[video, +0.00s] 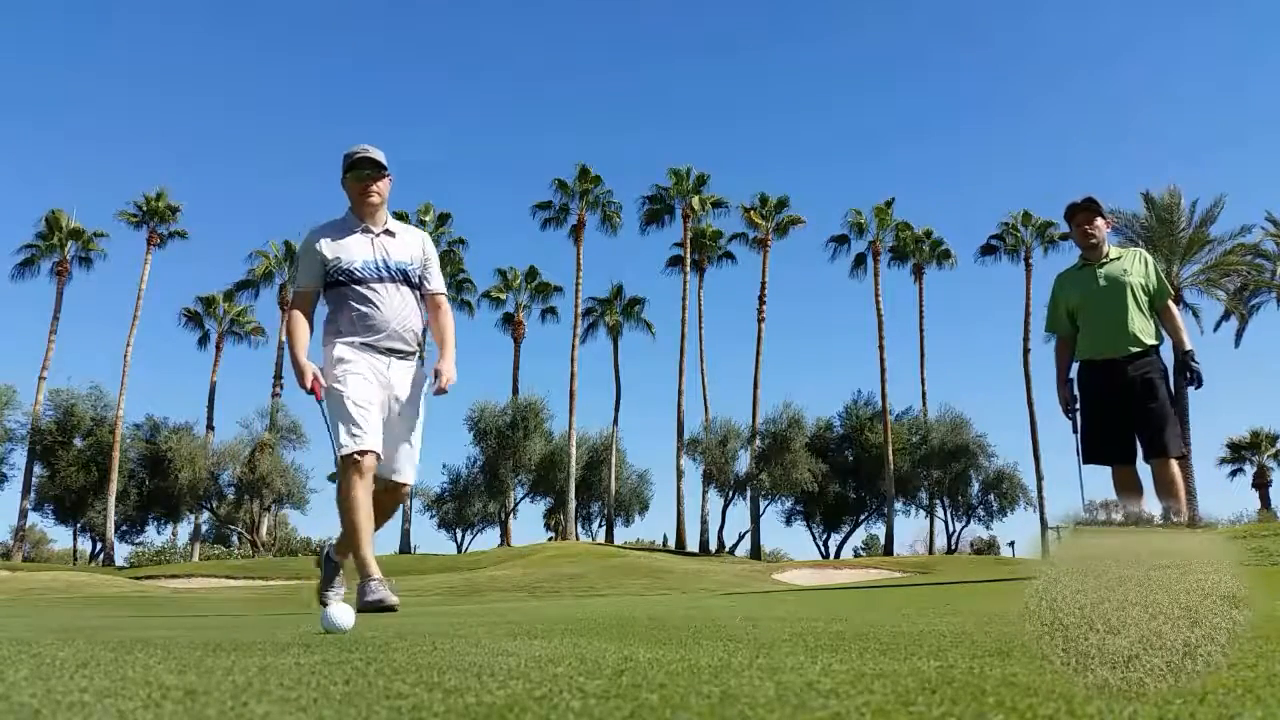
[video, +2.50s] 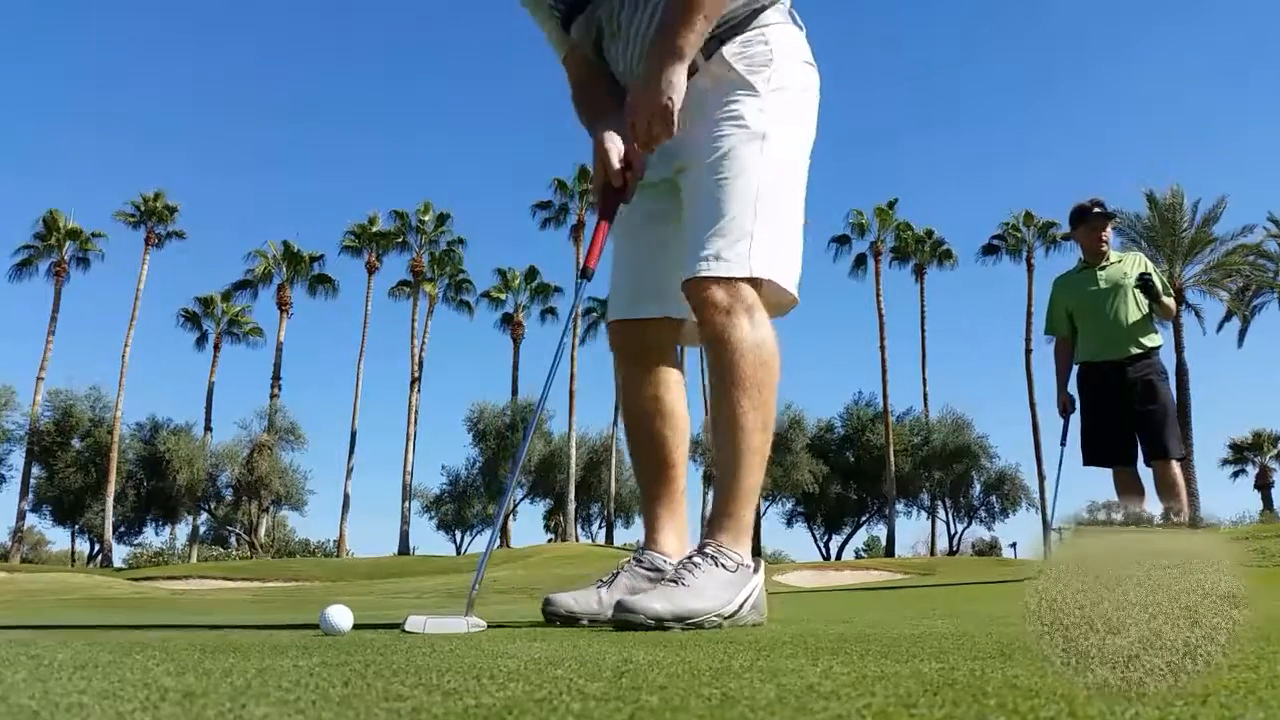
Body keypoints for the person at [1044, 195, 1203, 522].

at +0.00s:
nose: (1086, 228)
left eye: (1091, 221)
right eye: (1078, 225)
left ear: (1106, 224)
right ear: (1071, 235)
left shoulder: (1139, 260)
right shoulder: (1066, 281)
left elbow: (1166, 308)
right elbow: (1065, 337)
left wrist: (1184, 351)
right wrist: (1062, 382)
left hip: (1144, 369)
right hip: (1098, 376)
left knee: (1162, 452)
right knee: (1119, 459)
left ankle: (1178, 527)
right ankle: (1136, 531)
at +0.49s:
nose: (1084, 230)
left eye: (1090, 223)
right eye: (1076, 226)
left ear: (1106, 224)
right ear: (1070, 234)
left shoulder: (1138, 260)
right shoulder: (1065, 281)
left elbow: (1164, 307)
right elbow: (1064, 337)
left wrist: (1181, 347)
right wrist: (1062, 382)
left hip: (1145, 371)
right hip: (1098, 378)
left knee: (1162, 455)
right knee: (1120, 461)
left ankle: (1179, 530)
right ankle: (1136, 535)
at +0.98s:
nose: (1085, 226)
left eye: (1091, 219)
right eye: (1077, 223)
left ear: (1106, 224)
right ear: (1070, 232)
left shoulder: (1136, 259)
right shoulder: (1063, 281)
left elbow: (1163, 306)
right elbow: (1062, 337)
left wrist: (1182, 349)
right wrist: (1061, 383)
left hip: (1143, 369)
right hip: (1096, 377)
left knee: (1161, 455)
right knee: (1118, 461)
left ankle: (1178, 529)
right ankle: (1135, 533)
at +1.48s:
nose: (1083, 225)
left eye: (1088, 218)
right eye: (1075, 221)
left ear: (1103, 223)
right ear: (1066, 232)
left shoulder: (1134, 257)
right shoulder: (1061, 280)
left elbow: (1160, 303)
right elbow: (1058, 335)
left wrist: (1181, 347)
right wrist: (1057, 381)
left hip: (1142, 369)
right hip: (1095, 376)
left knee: (1161, 453)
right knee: (1117, 459)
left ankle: (1178, 528)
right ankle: (1135, 531)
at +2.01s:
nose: (1100, 231)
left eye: (1103, 225)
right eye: (1091, 226)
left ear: (1108, 228)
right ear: (1072, 232)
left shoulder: (1133, 259)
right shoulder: (1061, 283)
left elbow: (1166, 302)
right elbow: (1059, 338)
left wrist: (1164, 307)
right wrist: (1053, 382)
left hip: (1141, 368)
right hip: (1095, 375)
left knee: (1162, 453)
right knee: (1117, 460)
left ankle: (1179, 530)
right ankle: (1135, 535)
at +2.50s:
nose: (1103, 234)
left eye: (1106, 227)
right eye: (1094, 228)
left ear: (1112, 230)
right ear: (1075, 234)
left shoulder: (1136, 263)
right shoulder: (1065, 285)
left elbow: (1170, 313)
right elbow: (1063, 341)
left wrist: (1156, 296)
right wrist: (1062, 389)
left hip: (1144, 370)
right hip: (1098, 377)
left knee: (1164, 456)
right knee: (1121, 463)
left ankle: (1180, 531)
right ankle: (1137, 536)